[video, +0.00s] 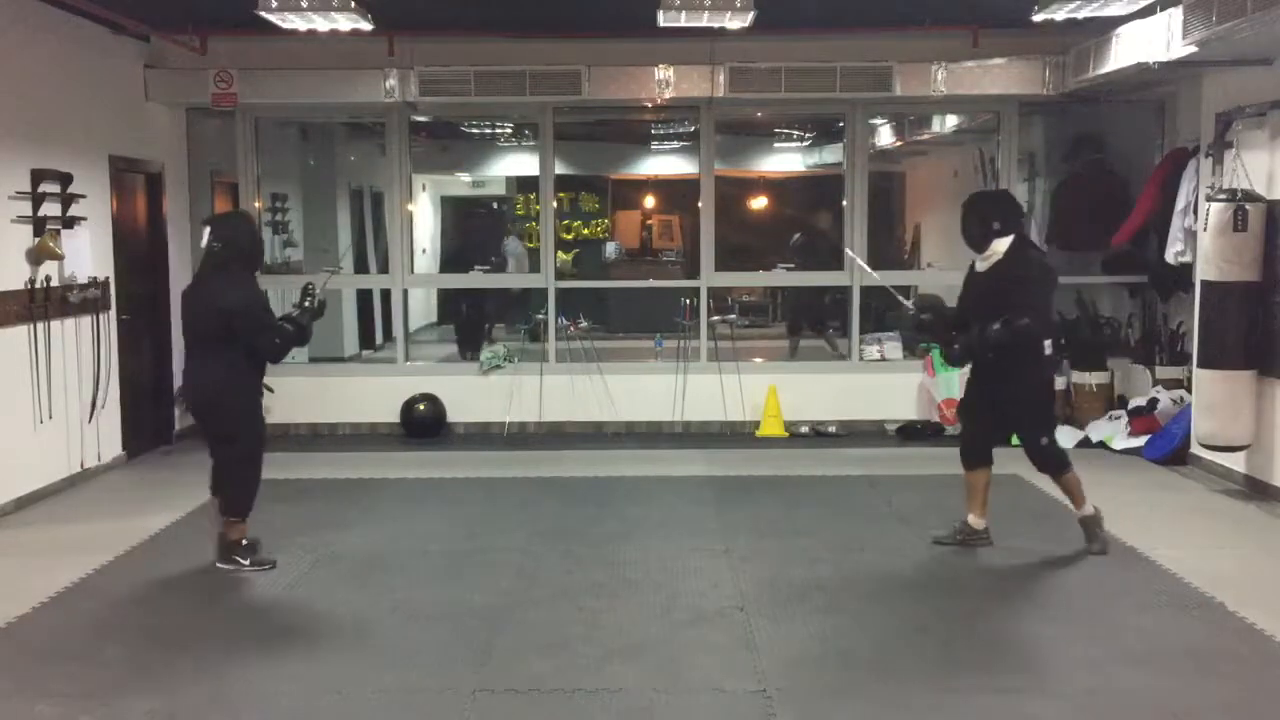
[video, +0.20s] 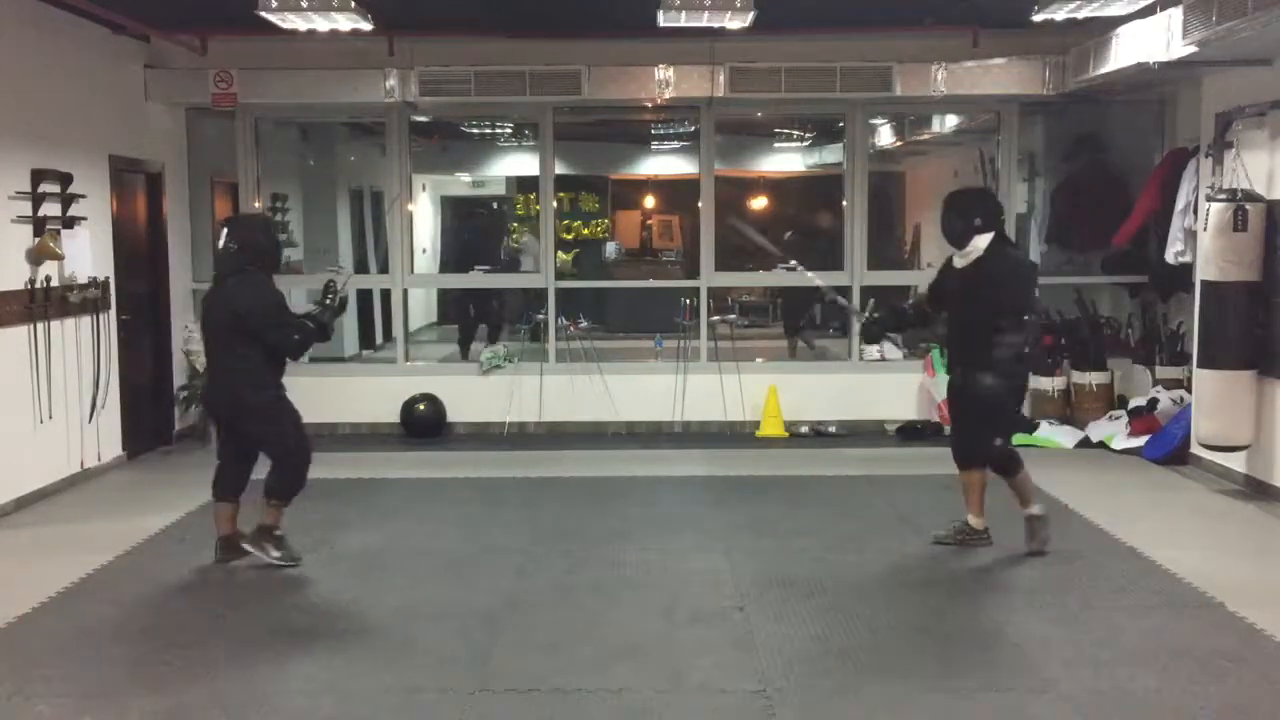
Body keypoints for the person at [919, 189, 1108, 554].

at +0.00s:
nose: (964, 230)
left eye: (970, 222)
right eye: (965, 222)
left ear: (992, 223)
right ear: (990, 224)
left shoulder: (1029, 263)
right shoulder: (979, 266)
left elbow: (1033, 322)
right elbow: (969, 317)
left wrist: (977, 342)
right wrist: (941, 322)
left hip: (1026, 369)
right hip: (987, 369)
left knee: (1042, 448)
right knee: (974, 441)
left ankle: (1087, 515)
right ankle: (975, 524)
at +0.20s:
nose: (946, 228)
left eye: (952, 220)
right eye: (946, 220)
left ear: (974, 221)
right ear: (975, 221)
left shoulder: (1011, 266)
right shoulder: (955, 265)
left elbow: (1016, 328)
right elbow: (930, 306)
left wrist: (999, 372)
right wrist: (892, 320)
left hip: (999, 372)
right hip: (964, 371)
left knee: (995, 447)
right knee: (968, 447)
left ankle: (1033, 509)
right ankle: (975, 523)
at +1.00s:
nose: (848, 239)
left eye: (855, 232)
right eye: (848, 231)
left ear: (877, 233)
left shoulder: (920, 277)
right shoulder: (858, 275)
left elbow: (950, 337)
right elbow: (838, 319)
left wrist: (951, 390)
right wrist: (830, 346)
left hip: (905, 378)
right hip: (864, 373)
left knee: (878, 457)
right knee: (836, 451)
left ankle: (890, 536)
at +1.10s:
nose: (844, 246)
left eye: (850, 238)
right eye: (844, 238)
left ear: (873, 240)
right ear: (876, 241)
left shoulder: (917, 287)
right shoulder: (852, 281)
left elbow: (950, 346)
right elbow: (819, 311)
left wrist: (948, 403)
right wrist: (802, 318)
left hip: (896, 386)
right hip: (858, 381)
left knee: (871, 460)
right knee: (823, 456)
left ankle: (897, 529)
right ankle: (841, 534)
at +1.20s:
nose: (853, 238)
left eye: (858, 231)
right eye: (853, 231)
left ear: (877, 234)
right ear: (891, 234)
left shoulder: (919, 282)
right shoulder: (855, 271)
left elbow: (948, 346)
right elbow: (808, 284)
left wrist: (948, 402)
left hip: (894, 385)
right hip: (856, 380)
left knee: (877, 462)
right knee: (826, 452)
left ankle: (916, 541)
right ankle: (840, 531)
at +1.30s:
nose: (862, 230)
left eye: (869, 223)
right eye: (864, 223)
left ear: (888, 226)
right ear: (894, 225)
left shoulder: (924, 273)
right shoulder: (867, 264)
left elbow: (951, 341)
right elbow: (829, 270)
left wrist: (947, 397)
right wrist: (793, 254)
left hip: (900, 385)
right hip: (862, 381)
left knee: (892, 468)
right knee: (839, 455)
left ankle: (934, 553)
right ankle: (841, 531)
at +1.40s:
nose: (866, 232)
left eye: (873, 225)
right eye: (868, 225)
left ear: (895, 229)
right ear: (907, 229)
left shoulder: (935, 279)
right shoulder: (871, 266)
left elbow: (963, 344)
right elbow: (833, 280)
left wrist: (947, 400)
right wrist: (793, 279)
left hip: (915, 391)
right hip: (874, 386)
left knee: (911, 478)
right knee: (845, 456)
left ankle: (942, 557)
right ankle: (842, 533)